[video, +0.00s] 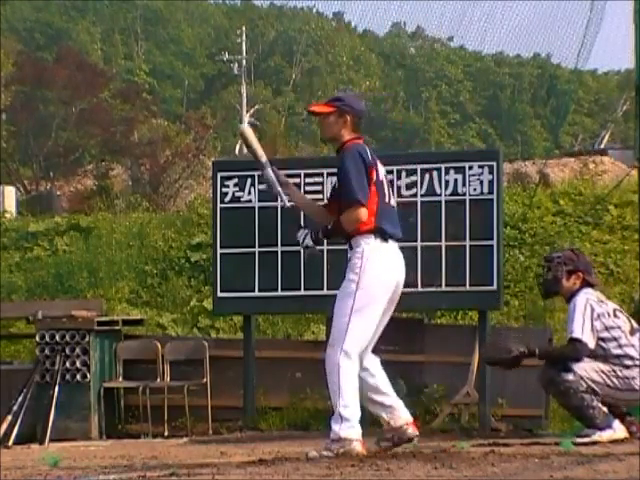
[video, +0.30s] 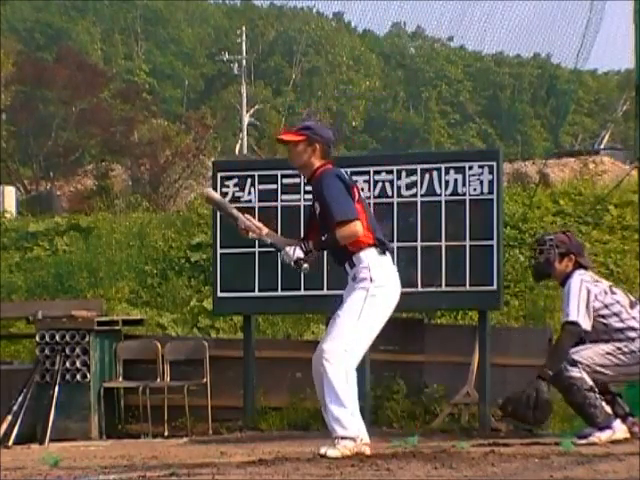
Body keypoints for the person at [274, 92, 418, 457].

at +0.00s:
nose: (320, 122)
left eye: (325, 116)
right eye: (320, 117)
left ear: (345, 120)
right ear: (346, 121)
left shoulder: (351, 153)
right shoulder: (362, 155)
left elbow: (360, 217)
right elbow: (328, 215)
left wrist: (328, 229)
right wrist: (289, 190)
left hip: (370, 257)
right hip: (390, 257)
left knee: (340, 350)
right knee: (358, 350)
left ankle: (346, 437)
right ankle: (400, 423)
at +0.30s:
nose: (289, 152)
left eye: (294, 146)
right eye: (289, 146)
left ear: (314, 149)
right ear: (309, 150)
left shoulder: (328, 179)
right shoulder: (321, 185)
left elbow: (353, 229)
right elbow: (309, 246)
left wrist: (312, 247)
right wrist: (266, 233)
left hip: (374, 275)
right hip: (365, 277)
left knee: (333, 353)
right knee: (324, 357)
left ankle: (352, 438)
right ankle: (349, 437)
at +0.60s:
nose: (268, 188)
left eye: (273, 182)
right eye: (269, 182)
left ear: (293, 185)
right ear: (295, 186)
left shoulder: (307, 210)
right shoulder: (313, 213)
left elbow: (305, 257)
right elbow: (295, 287)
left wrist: (260, 267)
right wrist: (258, 271)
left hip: (376, 292)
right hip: (376, 293)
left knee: (324, 358)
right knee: (321, 360)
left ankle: (350, 437)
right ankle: (351, 436)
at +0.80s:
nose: (261, 206)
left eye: (265, 199)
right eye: (261, 200)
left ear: (285, 201)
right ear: (286, 202)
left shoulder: (299, 225)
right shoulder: (309, 233)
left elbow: (254, 269)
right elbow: (279, 300)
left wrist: (218, 262)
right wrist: (264, 263)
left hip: (376, 299)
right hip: (374, 301)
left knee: (322, 360)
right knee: (316, 364)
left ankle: (350, 437)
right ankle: (350, 437)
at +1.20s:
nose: (258, 207)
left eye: (263, 201)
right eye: (259, 202)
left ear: (282, 202)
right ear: (284, 204)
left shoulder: (292, 227)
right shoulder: (306, 228)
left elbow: (240, 271)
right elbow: (272, 298)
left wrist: (209, 259)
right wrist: (264, 259)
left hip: (370, 297)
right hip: (372, 298)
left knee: (317, 362)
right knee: (316, 364)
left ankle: (349, 436)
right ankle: (351, 435)